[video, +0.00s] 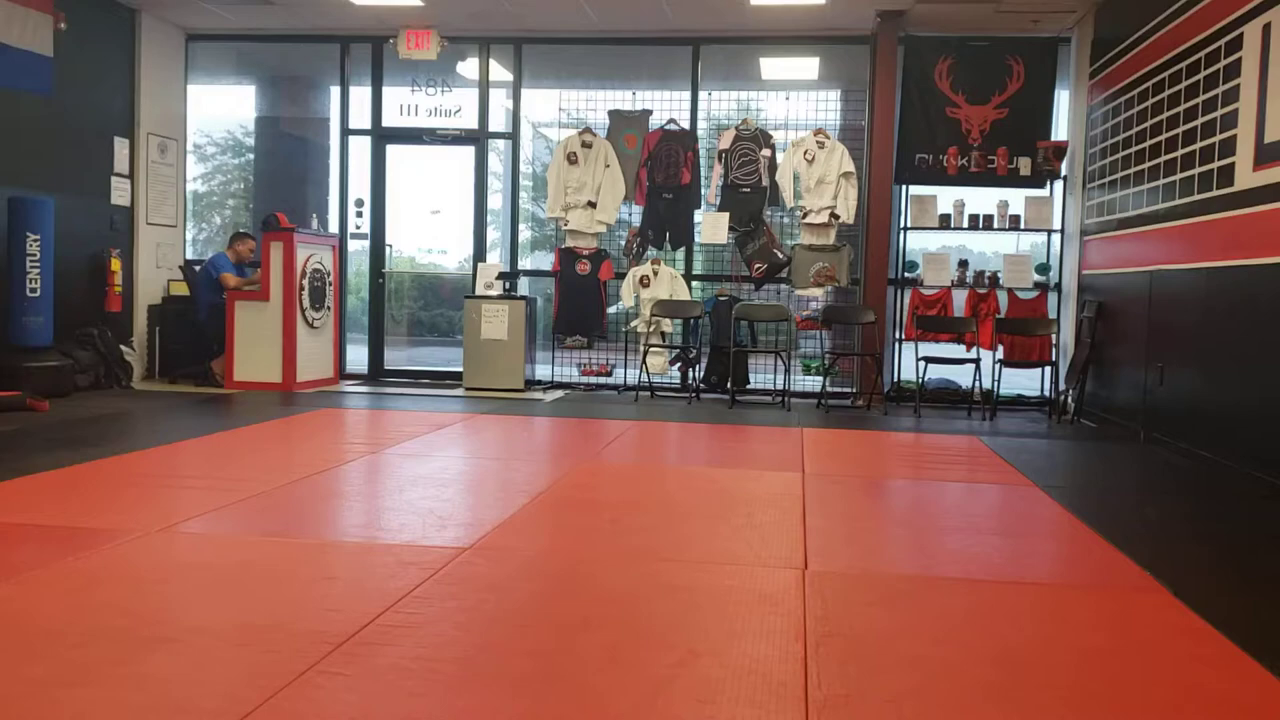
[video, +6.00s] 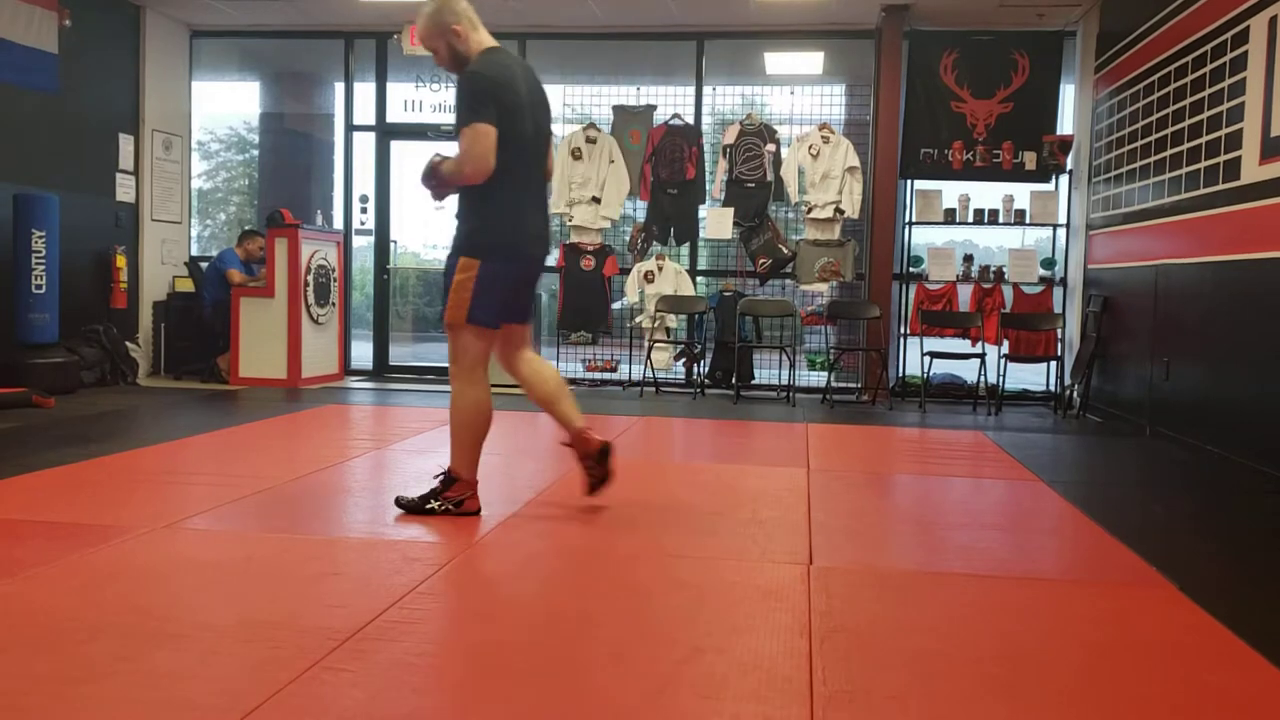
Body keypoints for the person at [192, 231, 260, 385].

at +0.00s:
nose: (252, 256)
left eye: (253, 252)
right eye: (250, 251)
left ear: (238, 247)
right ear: (237, 246)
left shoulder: (237, 266)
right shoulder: (219, 259)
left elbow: (244, 283)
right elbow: (229, 283)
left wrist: (262, 278)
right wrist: (253, 280)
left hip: (225, 311)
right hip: (208, 312)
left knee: (252, 330)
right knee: (246, 333)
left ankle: (222, 366)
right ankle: (218, 365)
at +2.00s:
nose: (261, 255)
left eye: (263, 252)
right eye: (260, 250)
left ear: (250, 245)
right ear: (250, 244)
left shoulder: (243, 259)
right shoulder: (230, 255)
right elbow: (241, 276)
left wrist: (262, 266)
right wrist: (259, 269)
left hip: (225, 305)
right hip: (212, 306)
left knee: (252, 328)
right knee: (247, 332)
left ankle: (222, 363)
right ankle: (220, 363)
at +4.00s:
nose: (262, 255)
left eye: (263, 251)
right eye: (260, 250)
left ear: (248, 246)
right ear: (247, 245)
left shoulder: (245, 263)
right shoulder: (229, 256)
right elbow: (234, 279)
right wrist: (257, 278)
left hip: (229, 308)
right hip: (214, 309)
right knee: (252, 332)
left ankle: (226, 363)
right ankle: (223, 362)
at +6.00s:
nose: (261, 253)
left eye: (262, 250)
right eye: (260, 248)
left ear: (248, 245)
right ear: (247, 244)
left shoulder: (245, 263)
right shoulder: (228, 255)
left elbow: (252, 282)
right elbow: (236, 279)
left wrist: (265, 276)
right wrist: (258, 278)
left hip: (230, 307)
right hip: (214, 308)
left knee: (258, 328)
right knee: (252, 331)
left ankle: (226, 363)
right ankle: (223, 362)